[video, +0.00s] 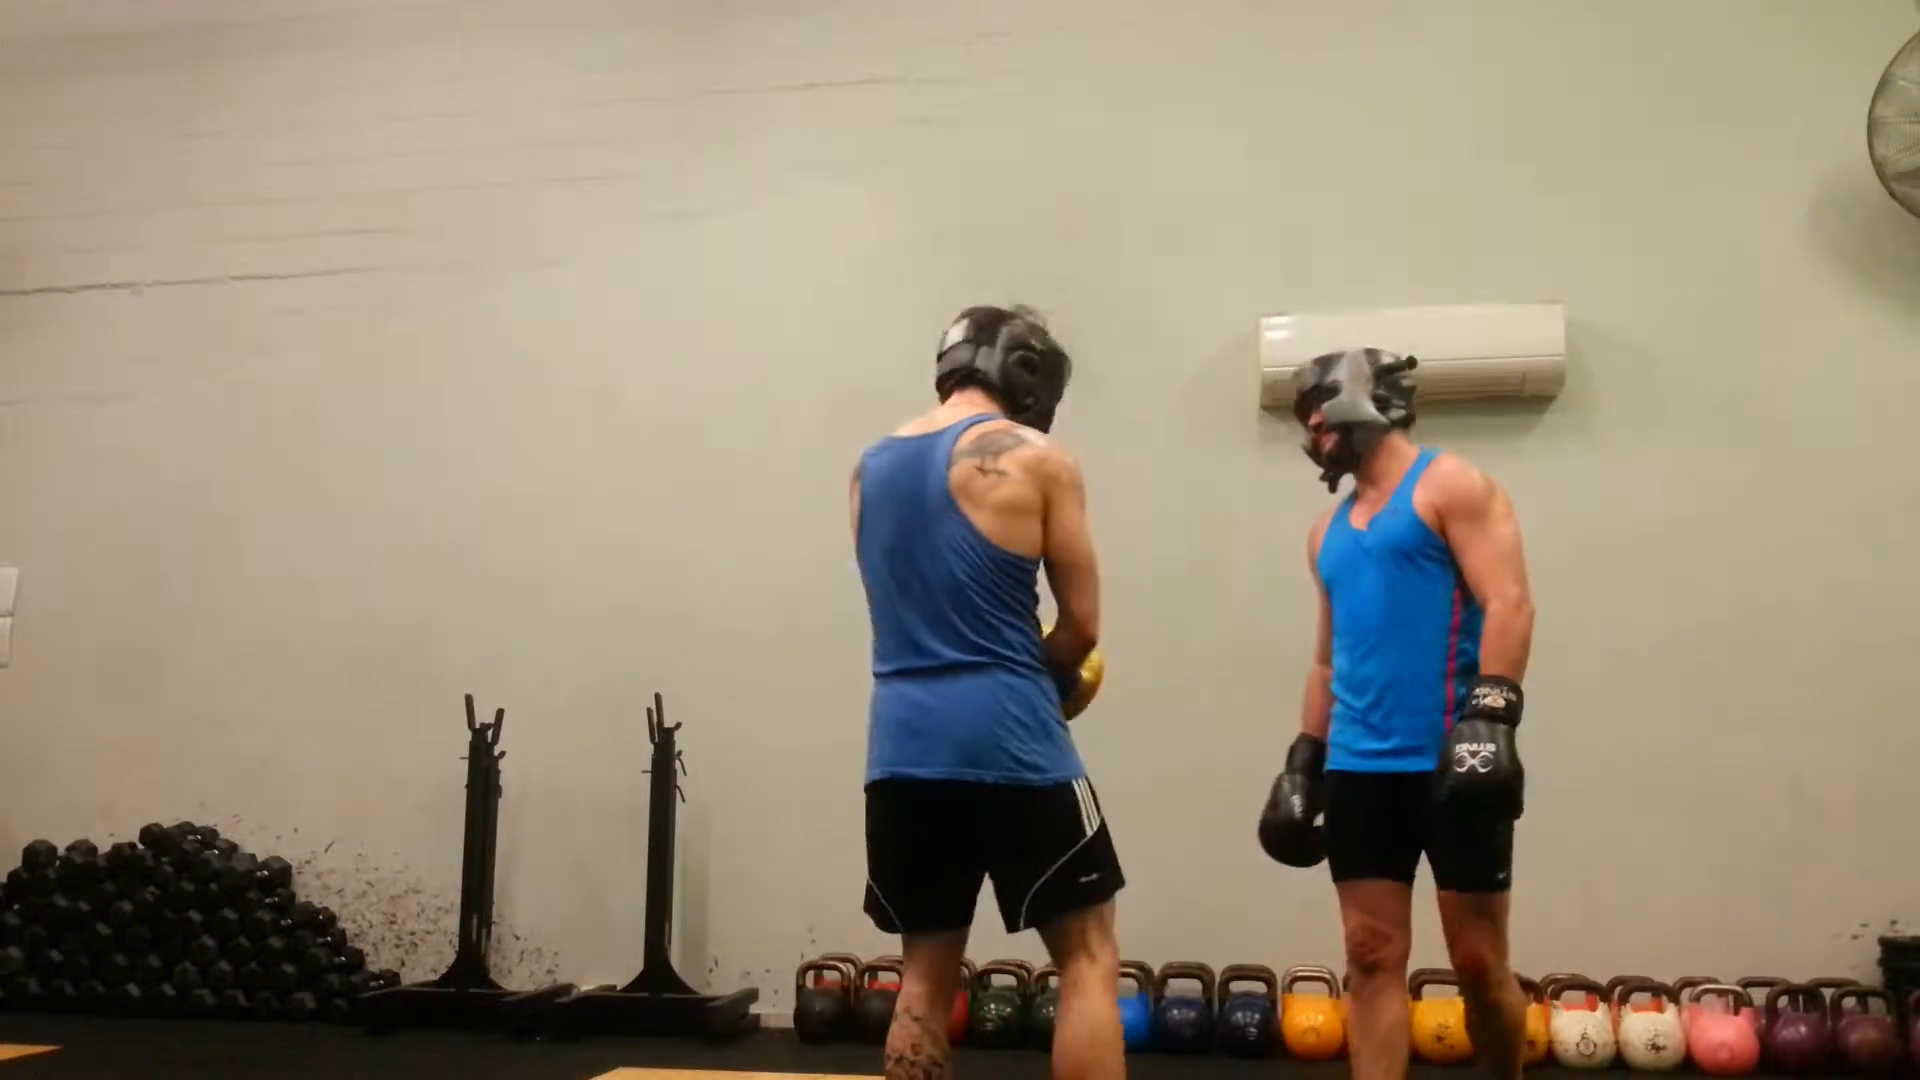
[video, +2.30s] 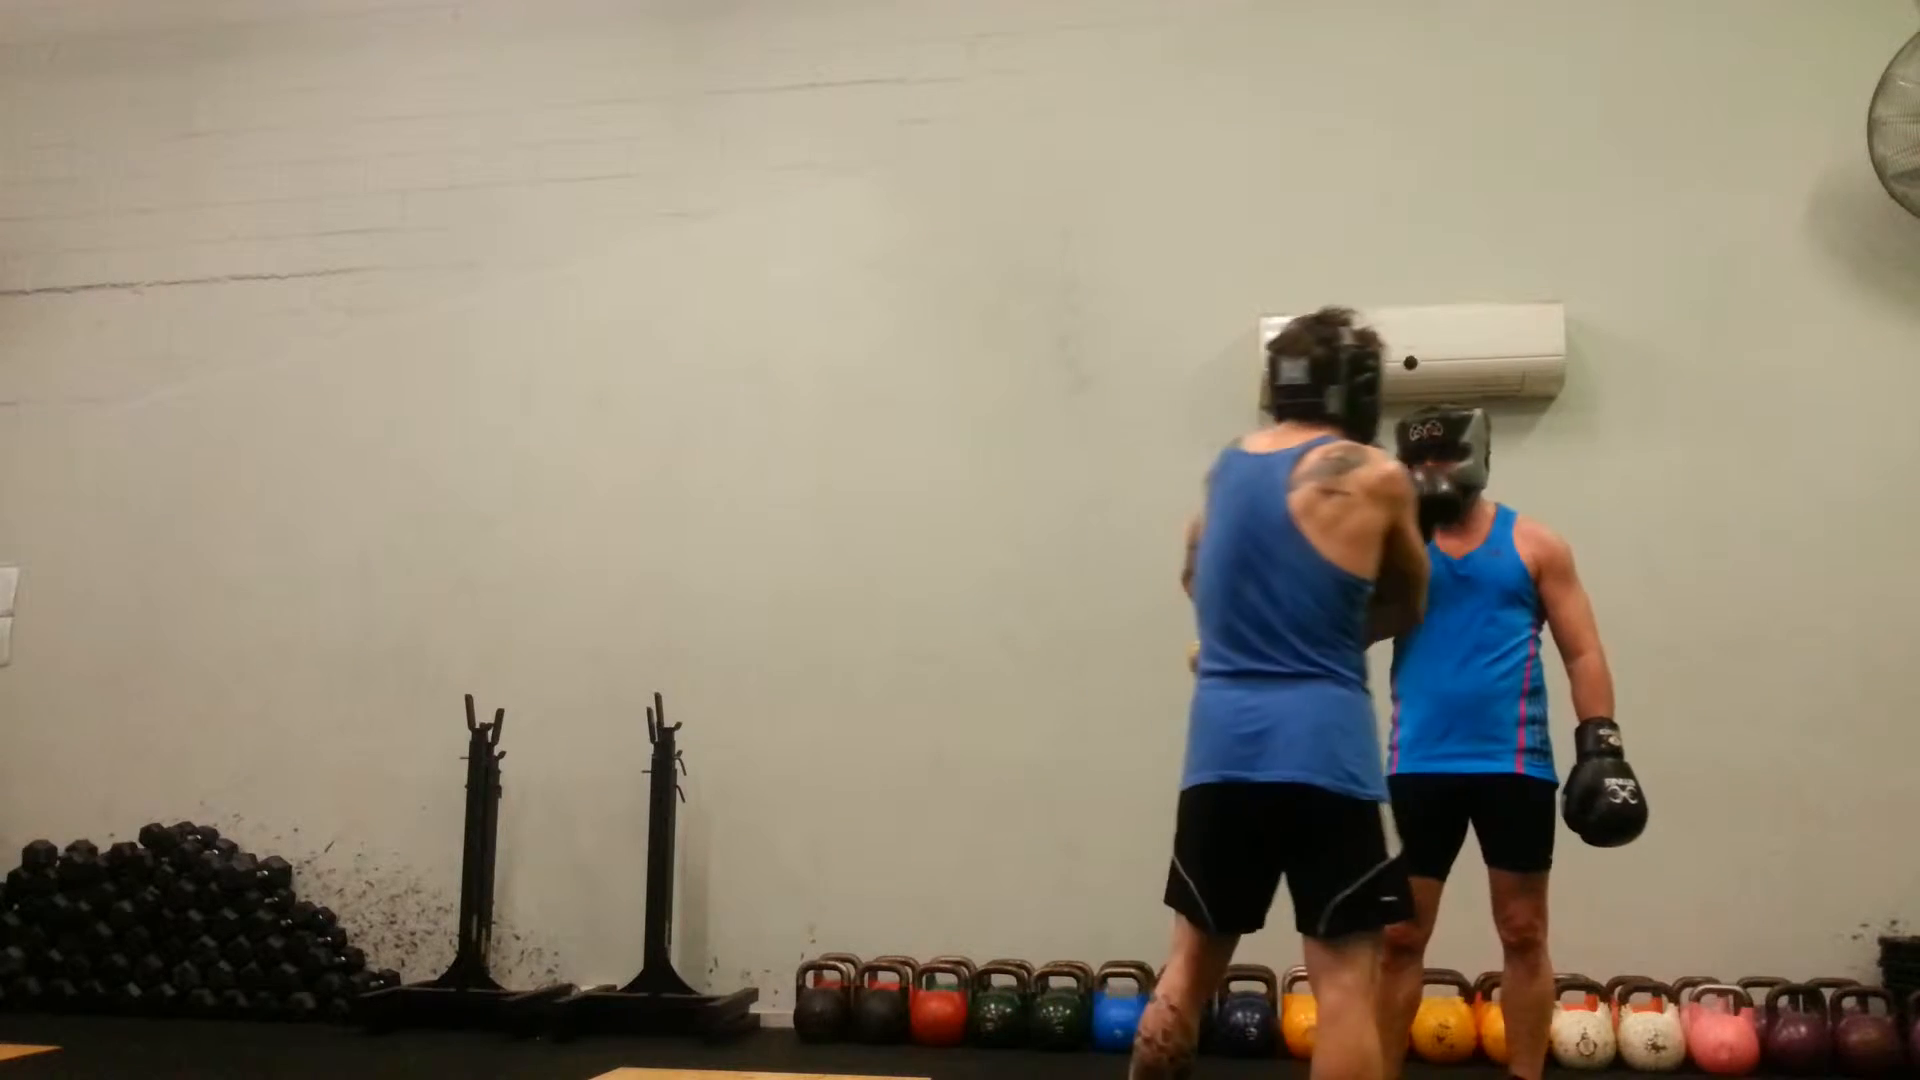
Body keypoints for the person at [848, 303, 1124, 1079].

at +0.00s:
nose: (1046, 405)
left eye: (1047, 392)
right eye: (1044, 389)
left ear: (946, 374)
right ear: (1024, 377)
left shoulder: (871, 465)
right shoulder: (1042, 459)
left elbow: (902, 607)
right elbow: (1080, 624)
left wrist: (1056, 676)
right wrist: (1037, 672)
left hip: (902, 755)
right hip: (1016, 753)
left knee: (925, 971)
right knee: (1087, 961)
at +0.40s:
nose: (1094, 370)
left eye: (1087, 354)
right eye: (1087, 356)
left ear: (985, 369)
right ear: (1071, 368)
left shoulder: (927, 466)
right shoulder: (1091, 478)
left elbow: (888, 581)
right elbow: (1109, 649)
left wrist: (977, 612)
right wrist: (1119, 724)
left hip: (941, 757)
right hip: (1050, 763)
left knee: (940, 969)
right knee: (1089, 981)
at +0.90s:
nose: (1200, 395)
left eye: (1200, 383)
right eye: (1197, 381)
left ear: (1102, 378)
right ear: (1181, 379)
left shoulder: (1033, 455)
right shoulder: (1200, 484)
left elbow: (957, 540)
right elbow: (1219, 651)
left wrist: (1042, 578)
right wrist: (1220, 741)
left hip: (1041, 755)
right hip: (1146, 760)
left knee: (1029, 949)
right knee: (1137, 980)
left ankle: (980, 1078)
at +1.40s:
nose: (1228, 423)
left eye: (1230, 413)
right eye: (1228, 411)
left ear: (1140, 396)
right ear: (1209, 404)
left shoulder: (1075, 464)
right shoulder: (1223, 479)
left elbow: (1031, 554)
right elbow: (1255, 627)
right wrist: (1201, 693)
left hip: (1076, 760)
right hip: (1171, 765)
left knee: (1118, 967)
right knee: (1172, 984)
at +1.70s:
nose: (1231, 443)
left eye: (1235, 433)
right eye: (1232, 429)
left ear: (1143, 404)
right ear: (1210, 410)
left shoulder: (1080, 478)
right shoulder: (1215, 470)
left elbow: (1112, 616)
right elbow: (1263, 616)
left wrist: (1223, 649)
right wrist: (1196, 655)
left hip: (1097, 762)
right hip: (1192, 760)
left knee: (1134, 957)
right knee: (1269, 953)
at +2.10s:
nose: (1314, 409)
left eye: (1310, 397)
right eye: (1309, 396)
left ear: (1218, 395)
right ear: (1294, 399)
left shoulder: (1165, 477)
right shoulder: (1300, 478)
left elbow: (1201, 613)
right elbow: (1348, 620)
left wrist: (1301, 646)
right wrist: (1258, 637)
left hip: (1172, 757)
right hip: (1272, 759)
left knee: (1175, 963)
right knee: (1318, 973)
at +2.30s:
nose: (1381, 391)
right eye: (1374, 378)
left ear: (1276, 383)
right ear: (1359, 387)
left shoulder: (1229, 465)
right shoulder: (1380, 477)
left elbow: (1196, 577)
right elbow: (1403, 606)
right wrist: (1302, 633)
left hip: (1221, 755)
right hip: (1327, 759)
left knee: (1190, 960)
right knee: (1344, 983)